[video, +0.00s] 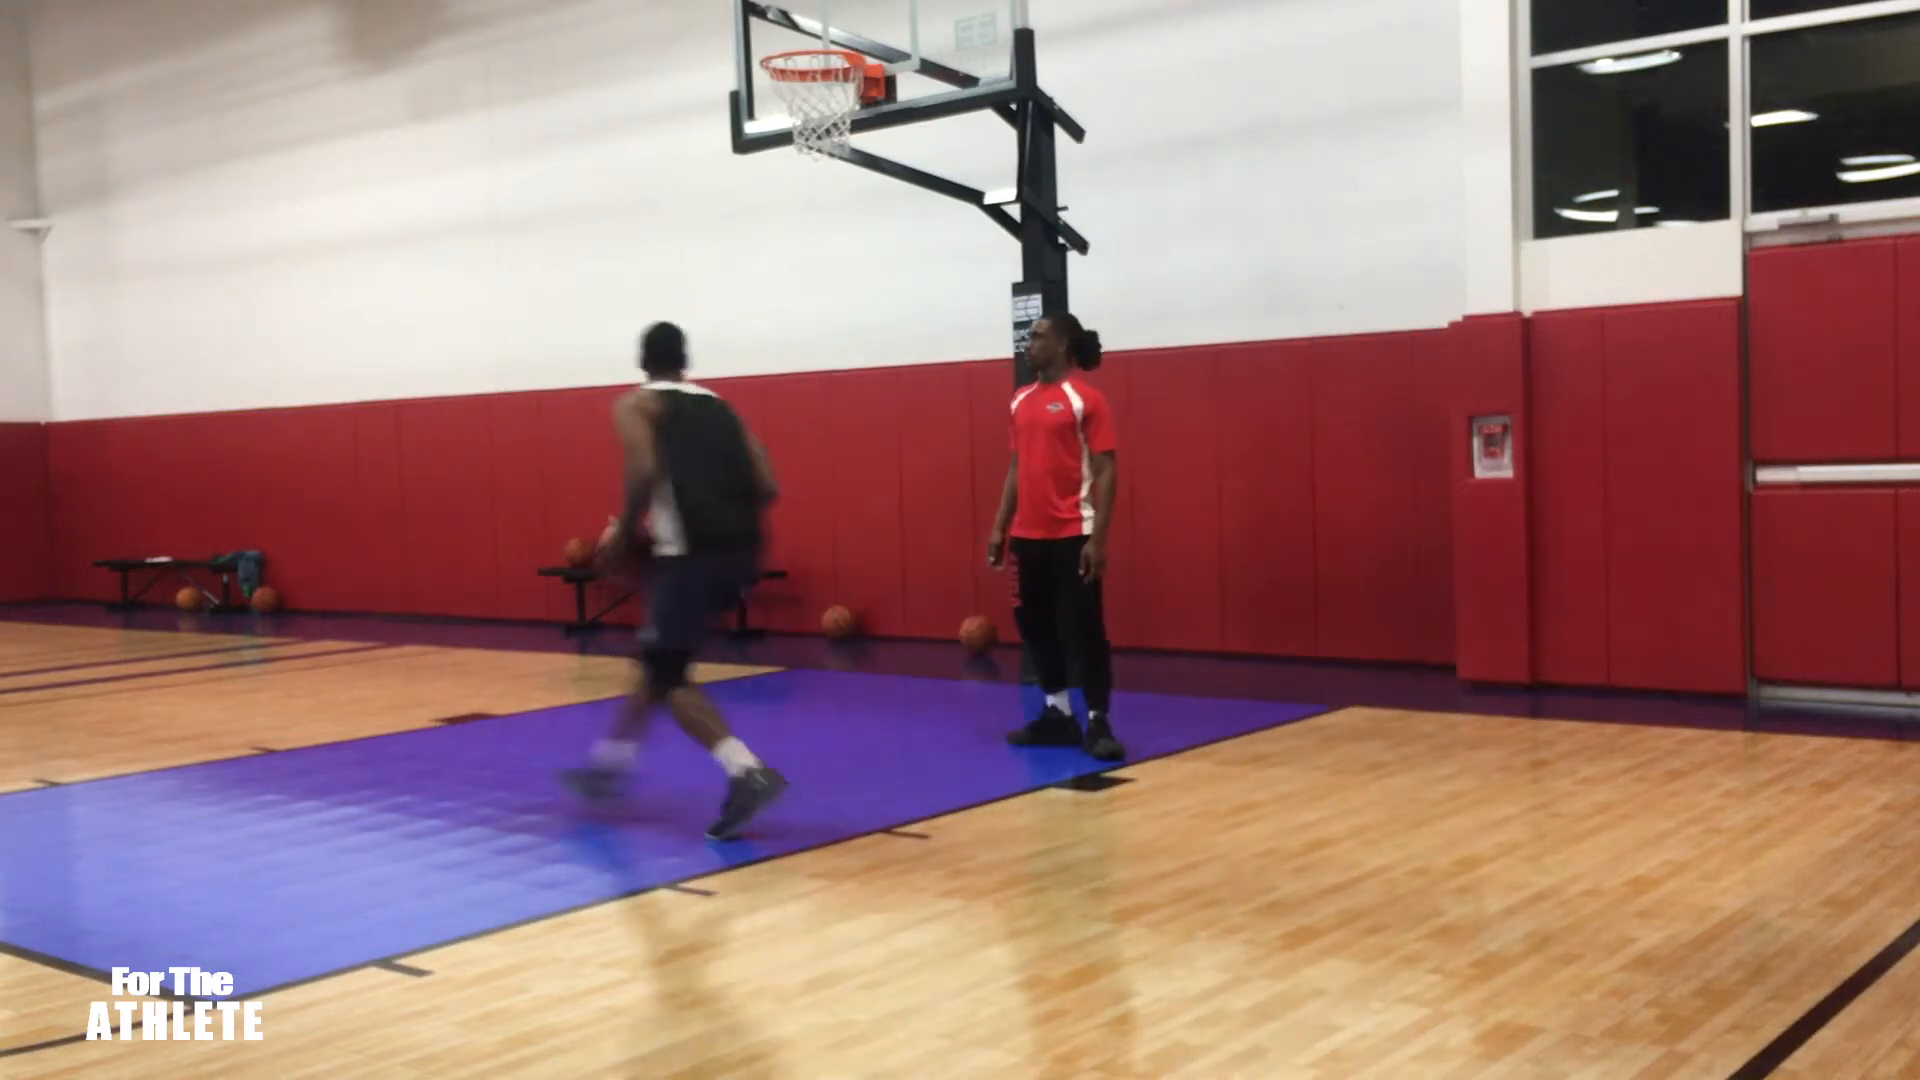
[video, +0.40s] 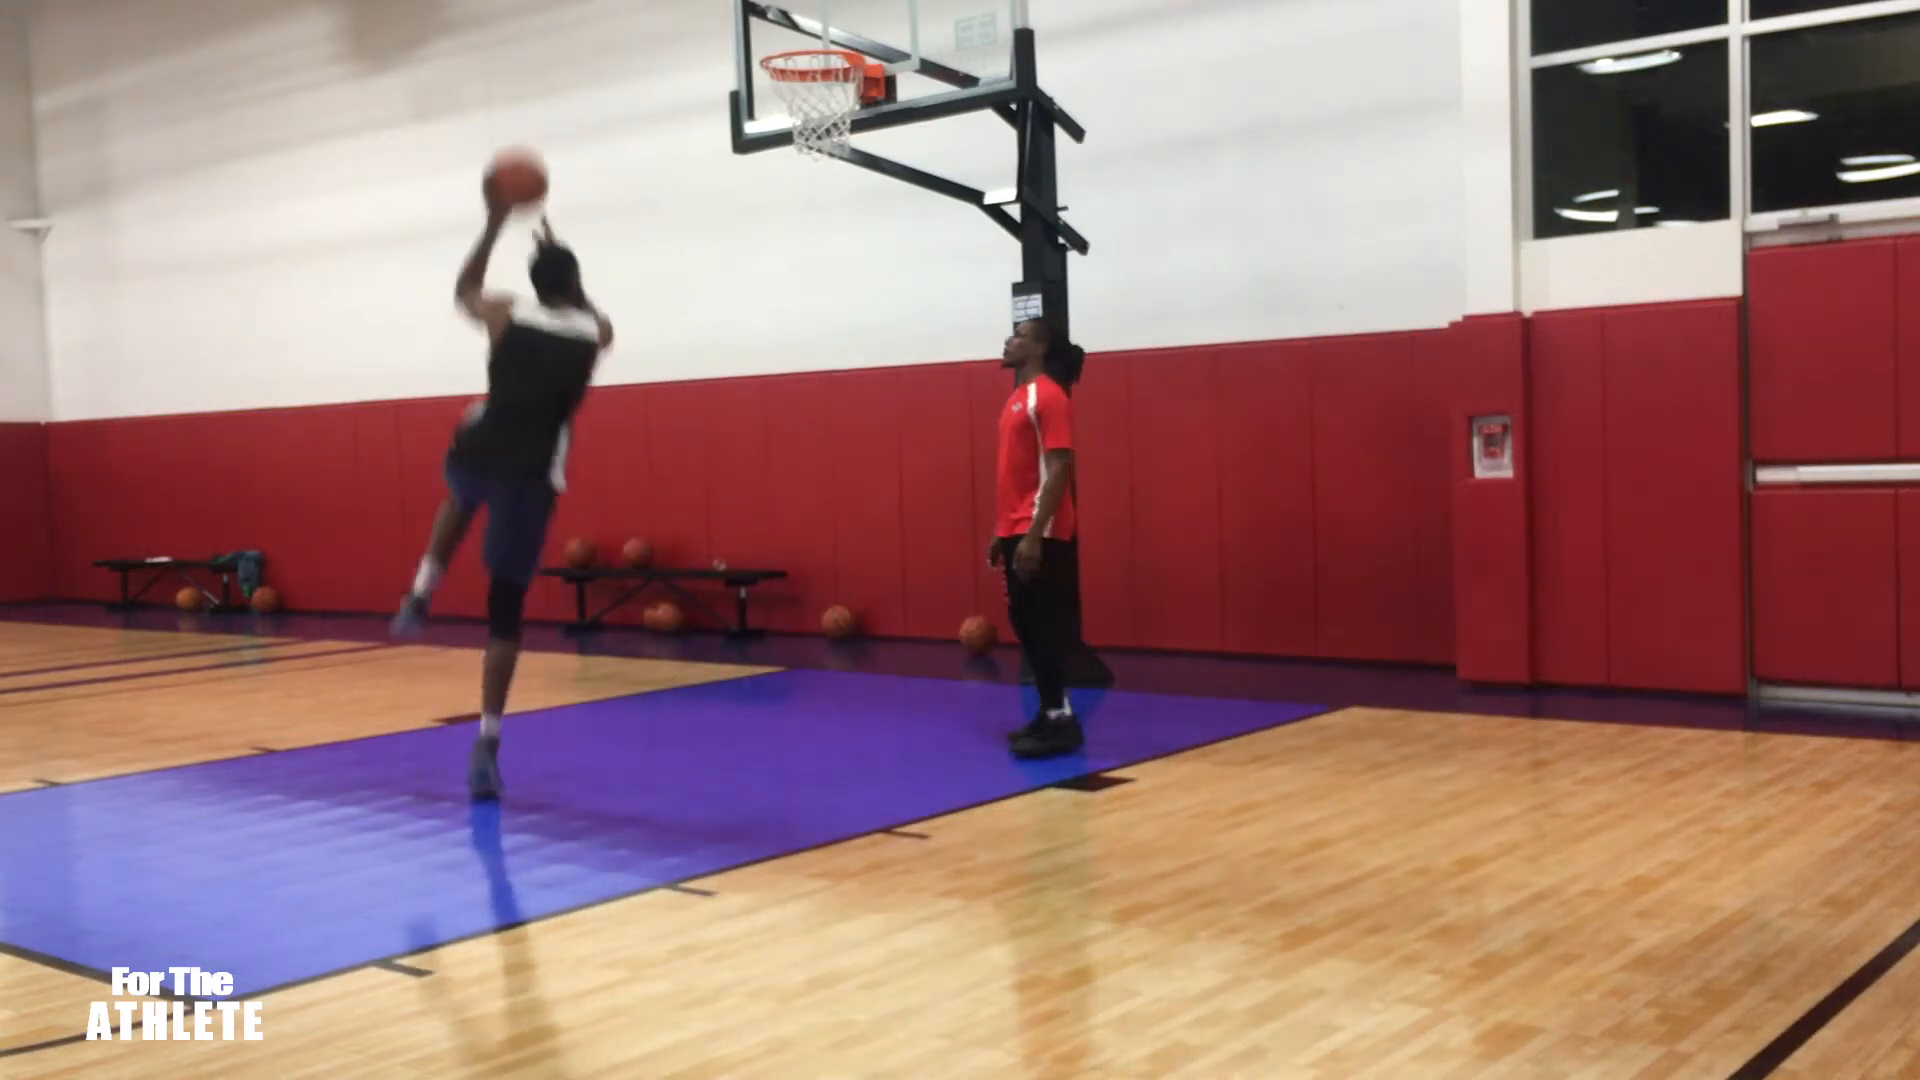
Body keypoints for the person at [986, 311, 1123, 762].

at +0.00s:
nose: (1029, 344)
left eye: (1039, 337)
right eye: (1030, 336)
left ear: (1063, 345)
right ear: (1036, 344)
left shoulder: (1087, 397)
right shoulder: (1021, 401)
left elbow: (1105, 469)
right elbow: (1016, 467)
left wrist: (1098, 538)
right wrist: (999, 529)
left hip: (1072, 537)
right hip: (1030, 537)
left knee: (1084, 626)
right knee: (1037, 623)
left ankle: (1097, 720)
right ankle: (1056, 713)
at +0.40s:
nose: (1009, 341)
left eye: (1019, 336)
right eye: (1012, 334)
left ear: (1040, 349)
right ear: (1027, 348)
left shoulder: (1047, 395)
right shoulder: (1018, 397)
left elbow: (1057, 468)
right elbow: (1017, 473)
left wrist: (1036, 533)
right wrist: (1002, 531)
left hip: (1045, 534)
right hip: (1022, 534)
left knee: (1043, 623)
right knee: (1030, 623)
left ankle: (1059, 716)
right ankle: (1050, 712)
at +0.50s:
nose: (1005, 340)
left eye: (1015, 336)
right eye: (1008, 334)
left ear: (1035, 349)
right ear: (1022, 348)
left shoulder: (1039, 394)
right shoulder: (1016, 395)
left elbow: (1046, 465)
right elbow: (1014, 471)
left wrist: (1022, 533)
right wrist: (1000, 530)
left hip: (1035, 532)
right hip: (1021, 530)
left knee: (1018, 621)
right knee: (1031, 621)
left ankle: (1029, 715)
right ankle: (1057, 709)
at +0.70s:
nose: (992, 338)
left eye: (1002, 335)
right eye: (996, 332)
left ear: (1018, 350)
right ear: (1011, 349)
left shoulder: (1019, 393)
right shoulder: (1007, 393)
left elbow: (1023, 466)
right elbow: (1012, 467)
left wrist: (999, 533)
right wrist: (994, 528)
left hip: (1020, 531)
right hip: (1021, 529)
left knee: (993, 622)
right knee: (1034, 620)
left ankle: (976, 715)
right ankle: (1060, 711)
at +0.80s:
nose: (985, 337)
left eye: (995, 335)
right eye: (990, 331)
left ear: (1009, 352)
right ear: (1004, 352)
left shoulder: (1007, 394)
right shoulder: (998, 394)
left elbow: (1012, 467)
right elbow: (1004, 466)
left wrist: (989, 536)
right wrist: (987, 528)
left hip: (1010, 534)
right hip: (1013, 532)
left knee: (984, 626)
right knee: (1031, 621)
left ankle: (962, 714)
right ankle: (1059, 710)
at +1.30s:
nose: (929, 341)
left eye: (938, 337)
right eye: (935, 335)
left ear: (949, 353)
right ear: (957, 358)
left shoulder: (942, 396)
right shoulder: (953, 395)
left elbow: (937, 467)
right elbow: (951, 466)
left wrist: (905, 534)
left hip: (952, 521)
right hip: (956, 519)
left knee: (946, 615)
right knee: (928, 607)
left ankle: (956, 716)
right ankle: (987, 685)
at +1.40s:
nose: (918, 345)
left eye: (925, 340)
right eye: (922, 339)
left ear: (937, 353)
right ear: (946, 357)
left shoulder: (931, 396)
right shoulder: (946, 396)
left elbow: (924, 466)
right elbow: (938, 464)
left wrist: (885, 532)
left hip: (941, 520)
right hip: (951, 518)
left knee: (922, 606)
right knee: (941, 610)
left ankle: (955, 713)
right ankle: (955, 708)